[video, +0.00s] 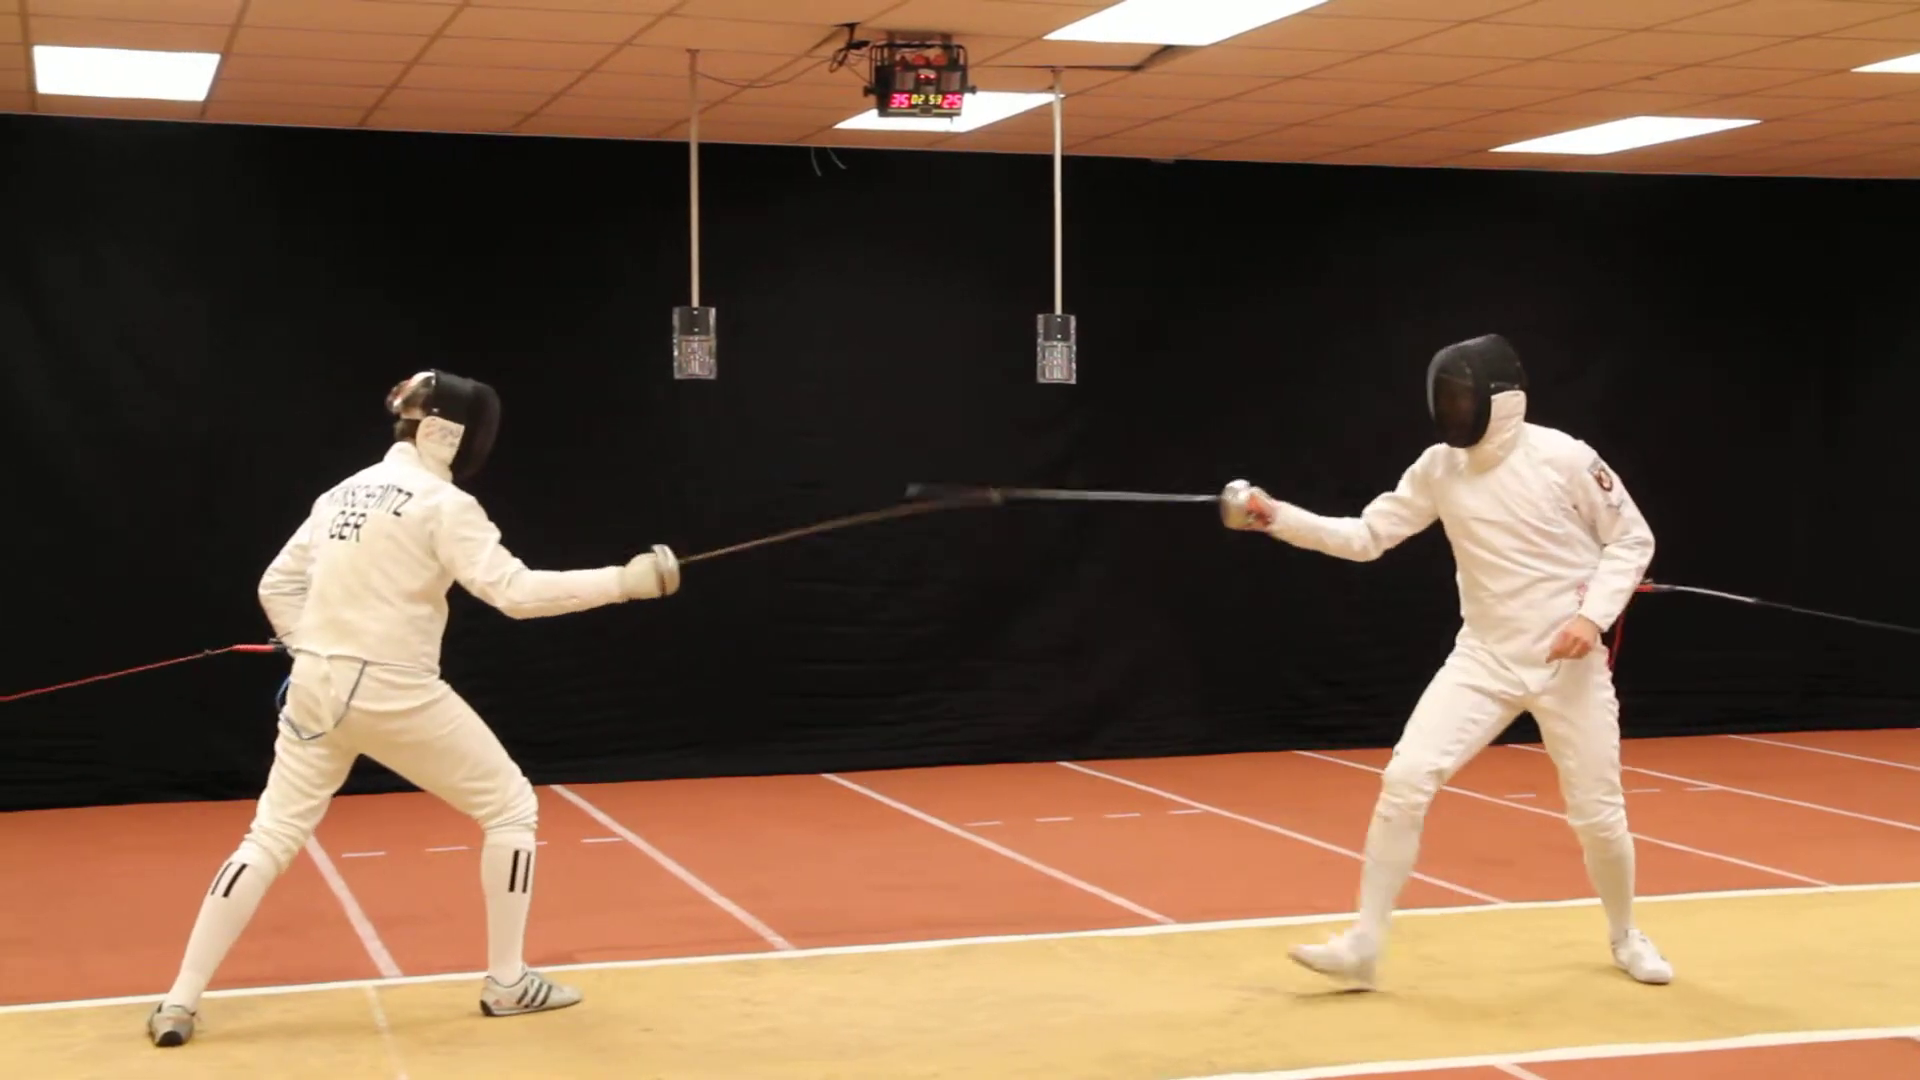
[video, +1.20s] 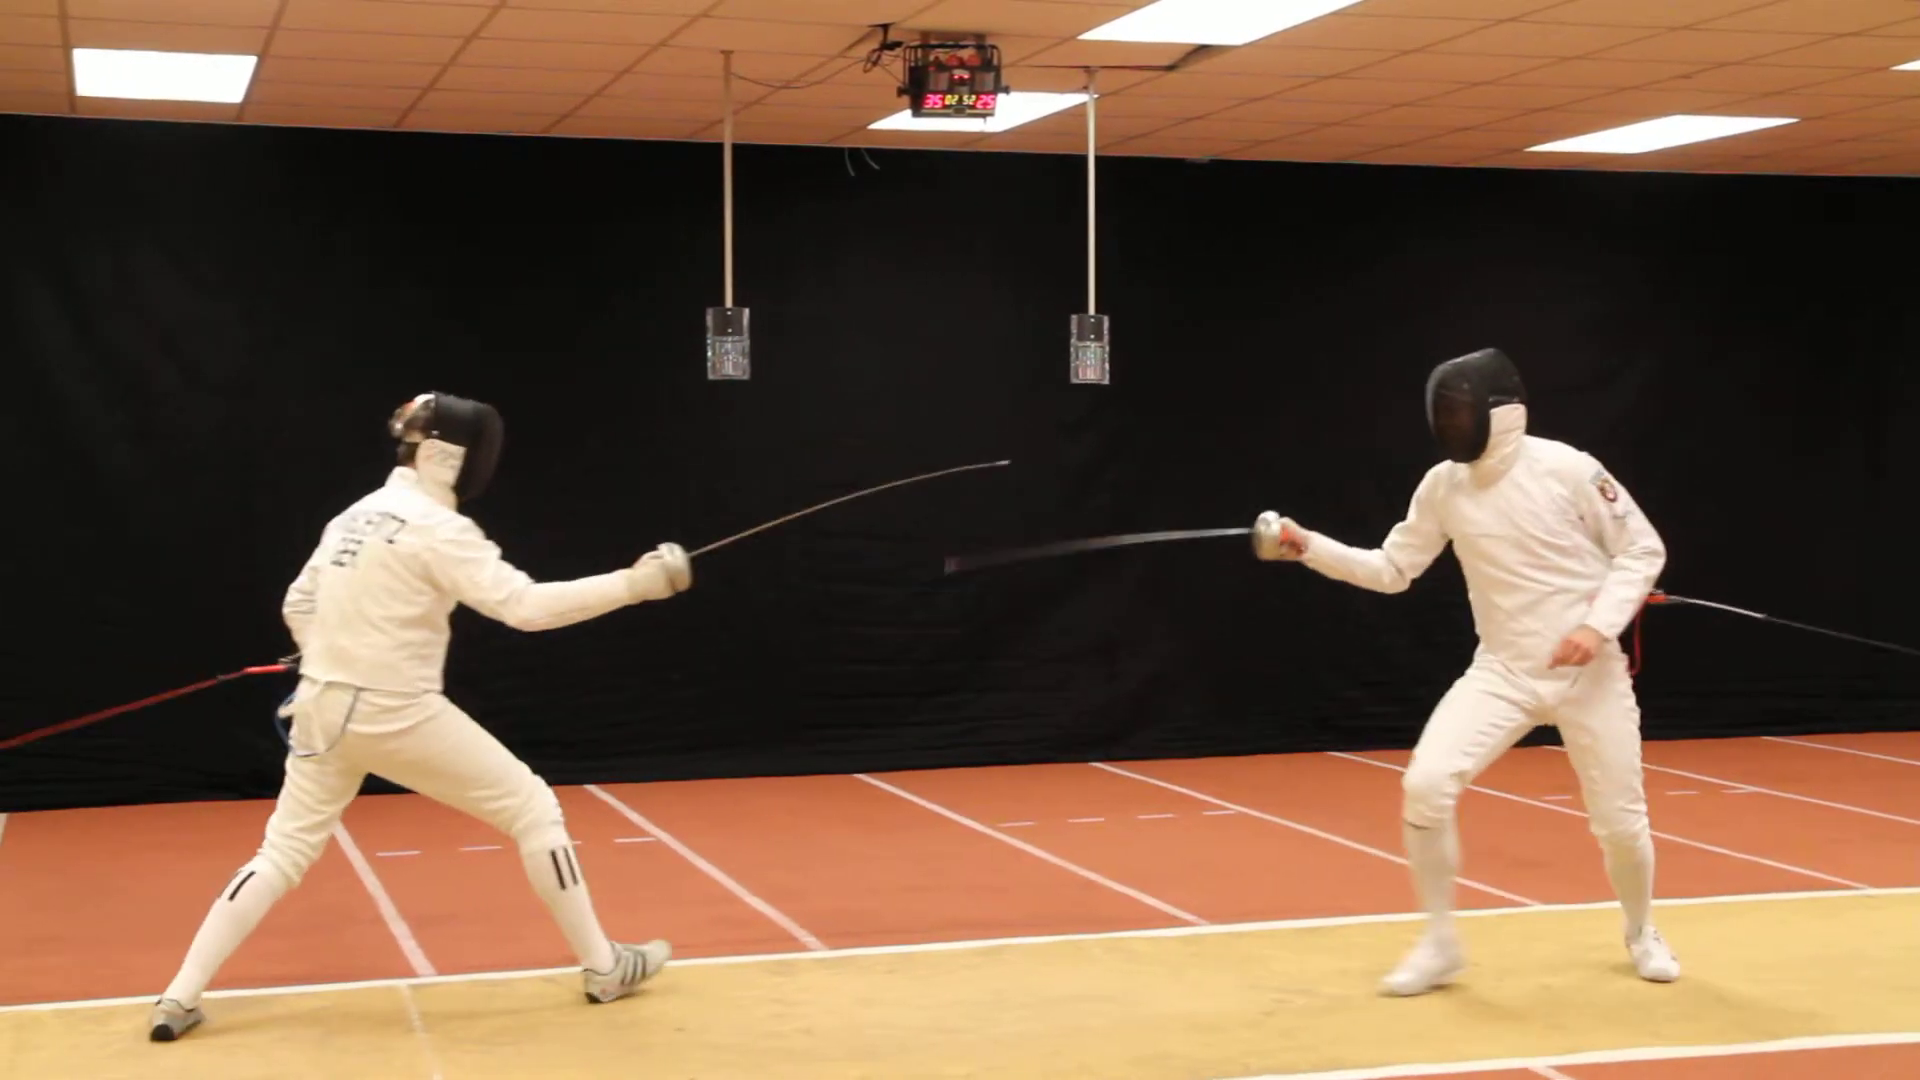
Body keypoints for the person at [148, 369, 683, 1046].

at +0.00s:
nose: (474, 444)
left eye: (473, 431)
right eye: (469, 430)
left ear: (410, 426)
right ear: (443, 430)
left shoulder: (341, 497)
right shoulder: (444, 505)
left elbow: (278, 586)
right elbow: (515, 591)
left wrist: (321, 658)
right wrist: (627, 580)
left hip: (313, 687)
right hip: (395, 691)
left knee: (268, 837)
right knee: (511, 806)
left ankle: (179, 1002)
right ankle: (508, 981)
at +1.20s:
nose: (482, 468)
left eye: (477, 453)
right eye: (478, 456)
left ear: (413, 450)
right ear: (458, 460)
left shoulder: (354, 517)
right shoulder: (442, 532)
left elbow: (300, 603)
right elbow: (526, 607)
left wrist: (327, 675)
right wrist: (638, 581)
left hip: (322, 708)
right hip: (400, 712)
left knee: (280, 854)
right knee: (531, 810)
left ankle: (178, 996)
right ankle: (603, 965)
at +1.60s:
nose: (596, 456)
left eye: (587, 440)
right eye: (594, 444)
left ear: (537, 435)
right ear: (579, 446)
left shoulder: (470, 497)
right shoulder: (566, 516)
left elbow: (400, 581)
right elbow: (633, 602)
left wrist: (436, 655)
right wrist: (741, 578)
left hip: (419, 681)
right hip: (499, 691)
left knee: (379, 829)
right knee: (611, 799)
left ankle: (274, 966)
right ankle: (620, 966)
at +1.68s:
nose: (588, 451)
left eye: (582, 437)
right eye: (586, 439)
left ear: (532, 433)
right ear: (566, 441)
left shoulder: (464, 496)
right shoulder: (560, 513)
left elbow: (396, 582)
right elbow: (619, 605)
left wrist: (435, 657)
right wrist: (724, 580)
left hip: (419, 682)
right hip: (500, 690)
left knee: (378, 827)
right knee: (612, 800)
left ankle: (271, 965)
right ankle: (619, 967)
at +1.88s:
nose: (544, 460)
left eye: (540, 446)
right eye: (538, 447)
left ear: (477, 445)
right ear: (514, 452)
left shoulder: (416, 517)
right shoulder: (509, 523)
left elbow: (357, 604)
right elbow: (559, 613)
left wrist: (400, 673)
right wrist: (674, 613)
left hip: (390, 706)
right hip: (475, 710)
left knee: (345, 846)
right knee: (597, 798)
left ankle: (239, 987)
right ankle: (618, 967)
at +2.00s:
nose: (529, 469)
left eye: (525, 456)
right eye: (523, 457)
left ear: (459, 457)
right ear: (500, 464)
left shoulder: (400, 525)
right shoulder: (493, 537)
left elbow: (342, 612)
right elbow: (560, 623)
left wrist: (380, 681)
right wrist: (673, 609)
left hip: (374, 714)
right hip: (455, 715)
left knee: (342, 855)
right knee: (588, 791)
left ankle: (240, 990)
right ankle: (628, 958)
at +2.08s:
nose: (531, 472)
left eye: (526, 457)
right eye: (527, 459)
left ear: (462, 457)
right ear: (506, 464)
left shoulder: (404, 525)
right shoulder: (497, 535)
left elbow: (346, 612)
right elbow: (574, 616)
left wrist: (381, 684)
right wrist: (685, 603)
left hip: (377, 713)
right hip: (458, 717)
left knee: (342, 856)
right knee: (587, 814)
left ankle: (237, 991)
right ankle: (650, 963)